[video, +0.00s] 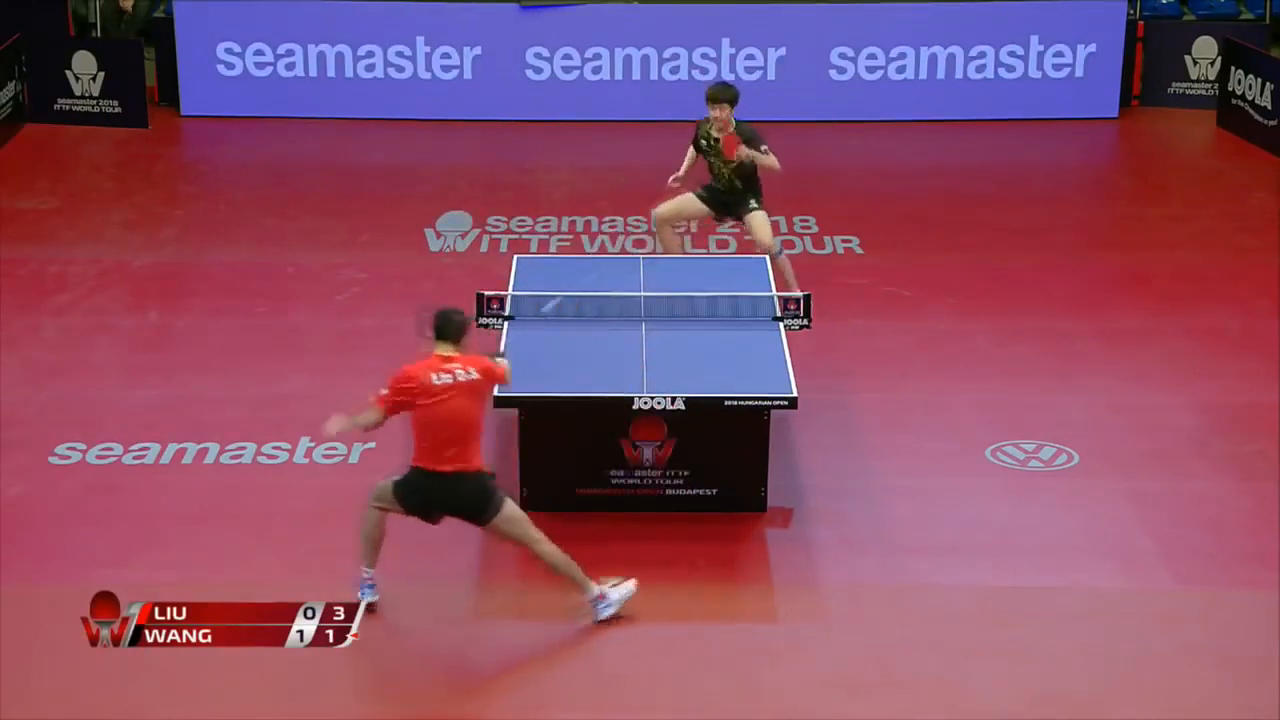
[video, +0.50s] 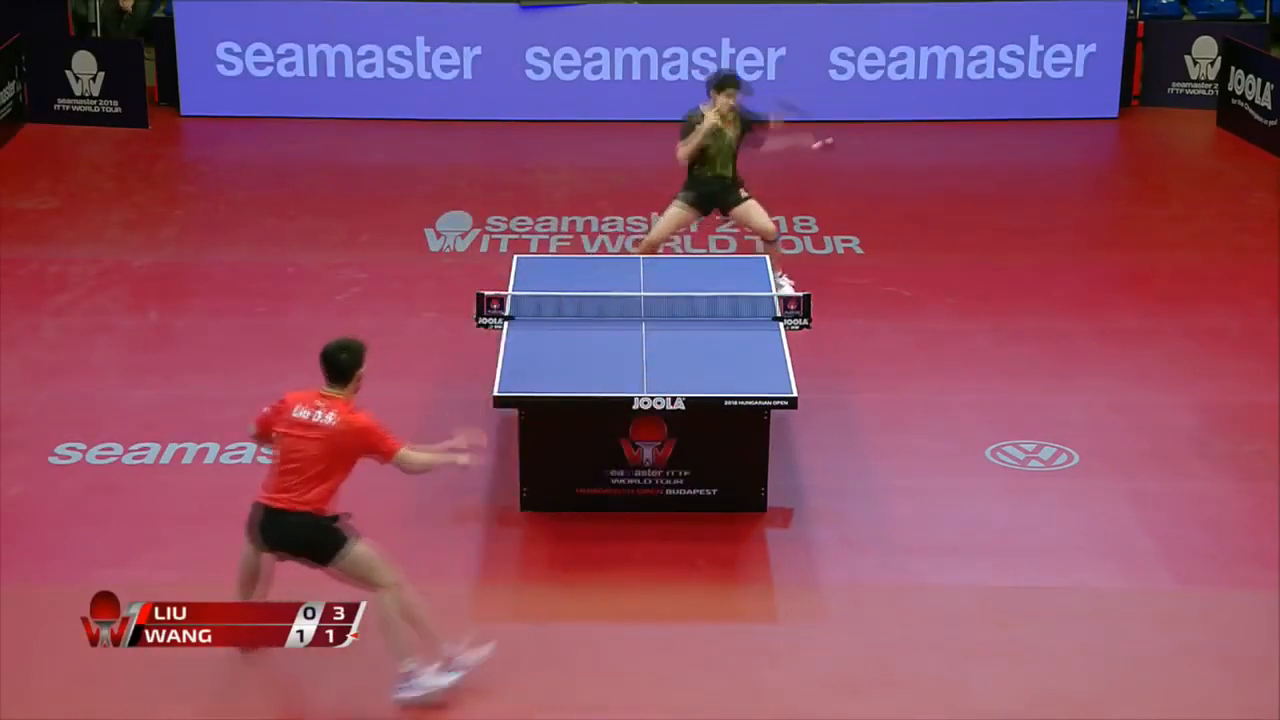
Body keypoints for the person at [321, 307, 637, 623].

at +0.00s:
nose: (469, 335)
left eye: (459, 332)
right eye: (468, 332)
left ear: (433, 334)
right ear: (463, 335)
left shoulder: (413, 375)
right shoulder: (480, 369)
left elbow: (373, 418)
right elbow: (505, 372)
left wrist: (345, 424)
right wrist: (497, 360)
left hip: (425, 484)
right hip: (471, 485)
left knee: (378, 499)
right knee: (534, 538)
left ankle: (366, 583)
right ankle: (597, 594)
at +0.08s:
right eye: (428, 327)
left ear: (397, 333)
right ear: (428, 330)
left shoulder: (384, 379)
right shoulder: (453, 362)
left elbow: (359, 438)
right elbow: (497, 374)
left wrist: (329, 478)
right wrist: (504, 369)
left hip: (406, 484)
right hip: (454, 481)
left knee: (358, 502)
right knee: (516, 530)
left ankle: (337, 578)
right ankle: (551, 607)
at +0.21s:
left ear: (352, 355)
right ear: (386, 351)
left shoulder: (343, 408)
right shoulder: (415, 383)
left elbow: (326, 466)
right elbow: (463, 411)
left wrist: (307, 487)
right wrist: (483, 395)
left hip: (375, 505)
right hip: (424, 500)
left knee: (325, 551)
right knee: (488, 541)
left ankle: (283, 612)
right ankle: (497, 621)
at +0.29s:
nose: (373, 367)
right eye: (373, 362)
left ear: (338, 368)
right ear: (371, 367)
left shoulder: (319, 420)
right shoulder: (391, 410)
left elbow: (308, 471)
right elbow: (443, 439)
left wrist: (305, 453)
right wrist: (476, 412)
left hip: (349, 525)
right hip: (397, 522)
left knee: (310, 544)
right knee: (467, 555)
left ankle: (280, 620)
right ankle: (493, 636)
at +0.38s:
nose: (371, 371)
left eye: (369, 365)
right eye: (370, 366)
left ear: (332, 369)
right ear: (365, 372)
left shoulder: (301, 410)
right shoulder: (372, 419)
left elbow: (278, 447)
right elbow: (429, 451)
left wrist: (316, 439)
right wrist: (457, 427)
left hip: (315, 530)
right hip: (362, 529)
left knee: (295, 535)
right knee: (441, 561)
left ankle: (272, 618)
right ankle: (487, 638)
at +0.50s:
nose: (363, 374)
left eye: (361, 369)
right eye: (362, 370)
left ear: (323, 371)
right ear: (358, 375)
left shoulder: (291, 403)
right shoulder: (355, 423)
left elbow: (259, 433)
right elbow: (408, 460)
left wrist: (299, 438)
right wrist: (451, 456)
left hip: (265, 519)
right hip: (308, 526)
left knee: (254, 545)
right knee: (388, 582)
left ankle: (242, 623)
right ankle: (412, 672)